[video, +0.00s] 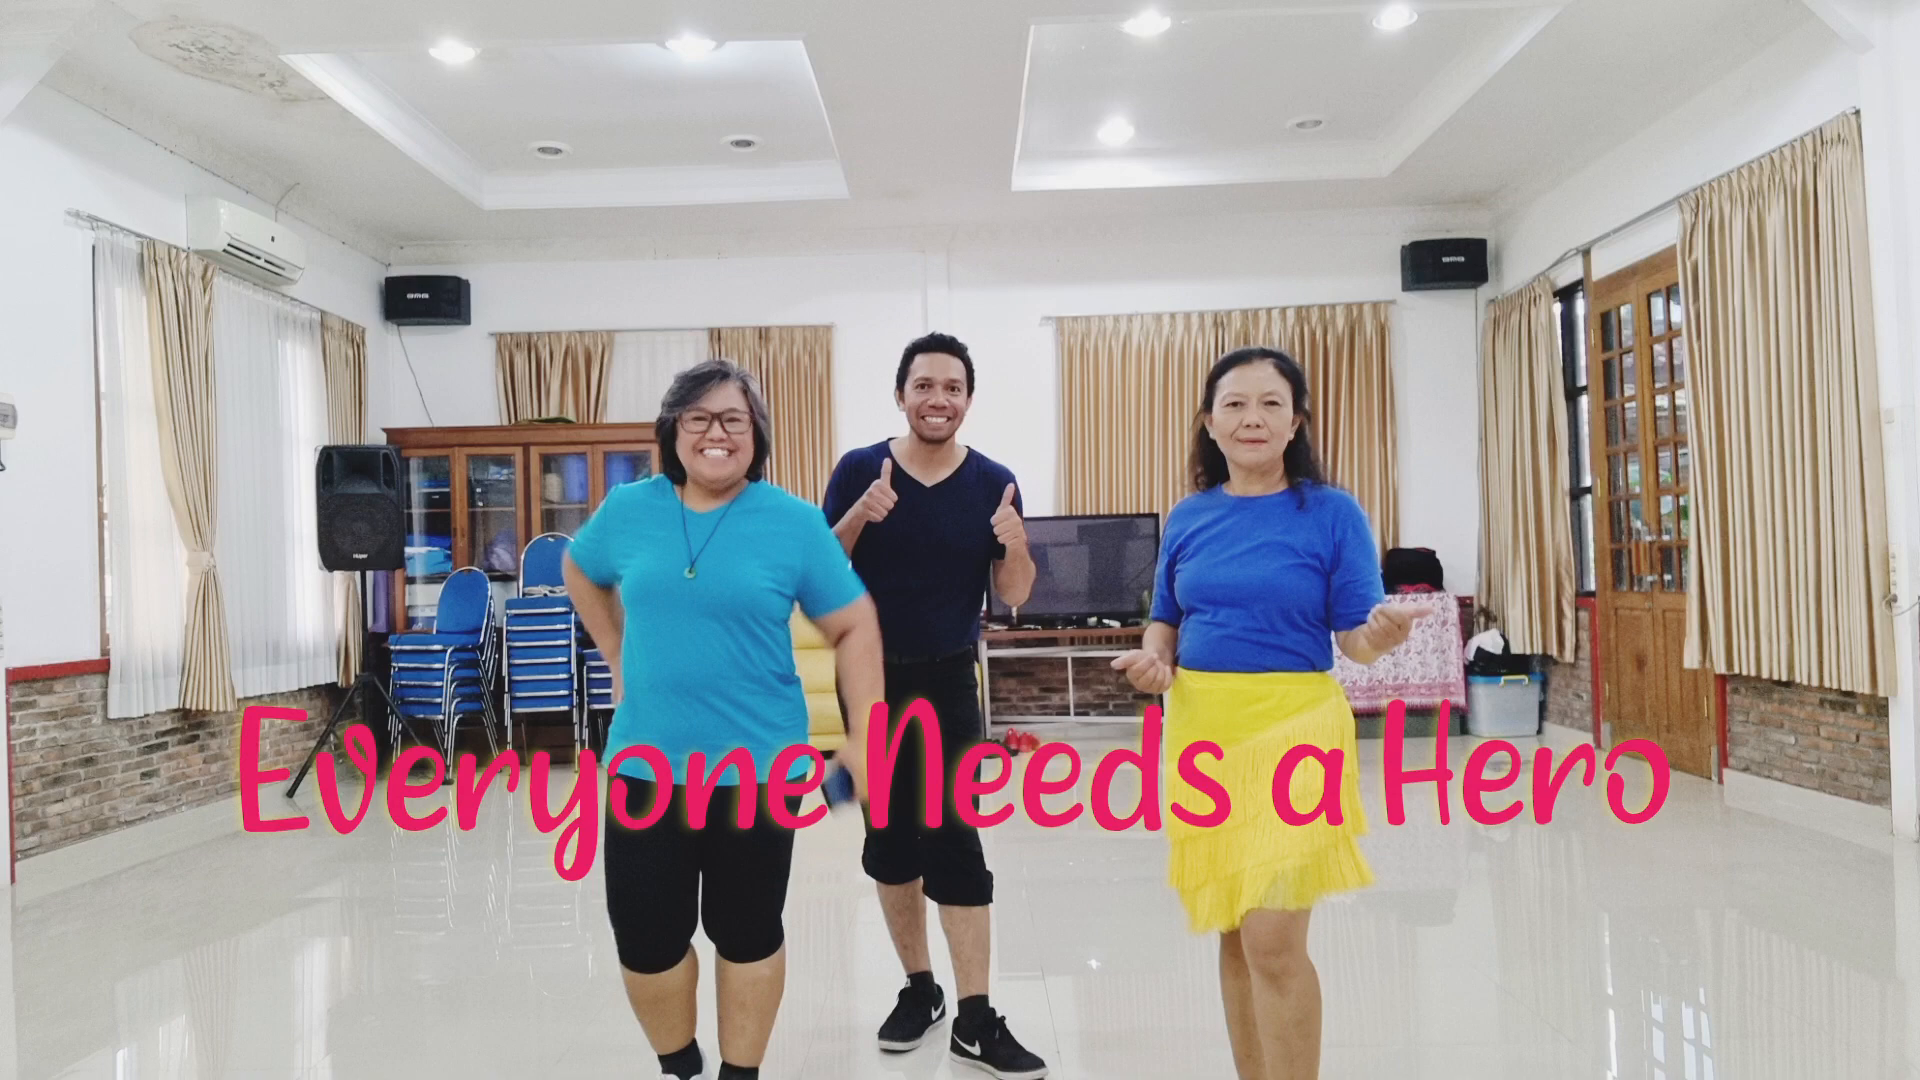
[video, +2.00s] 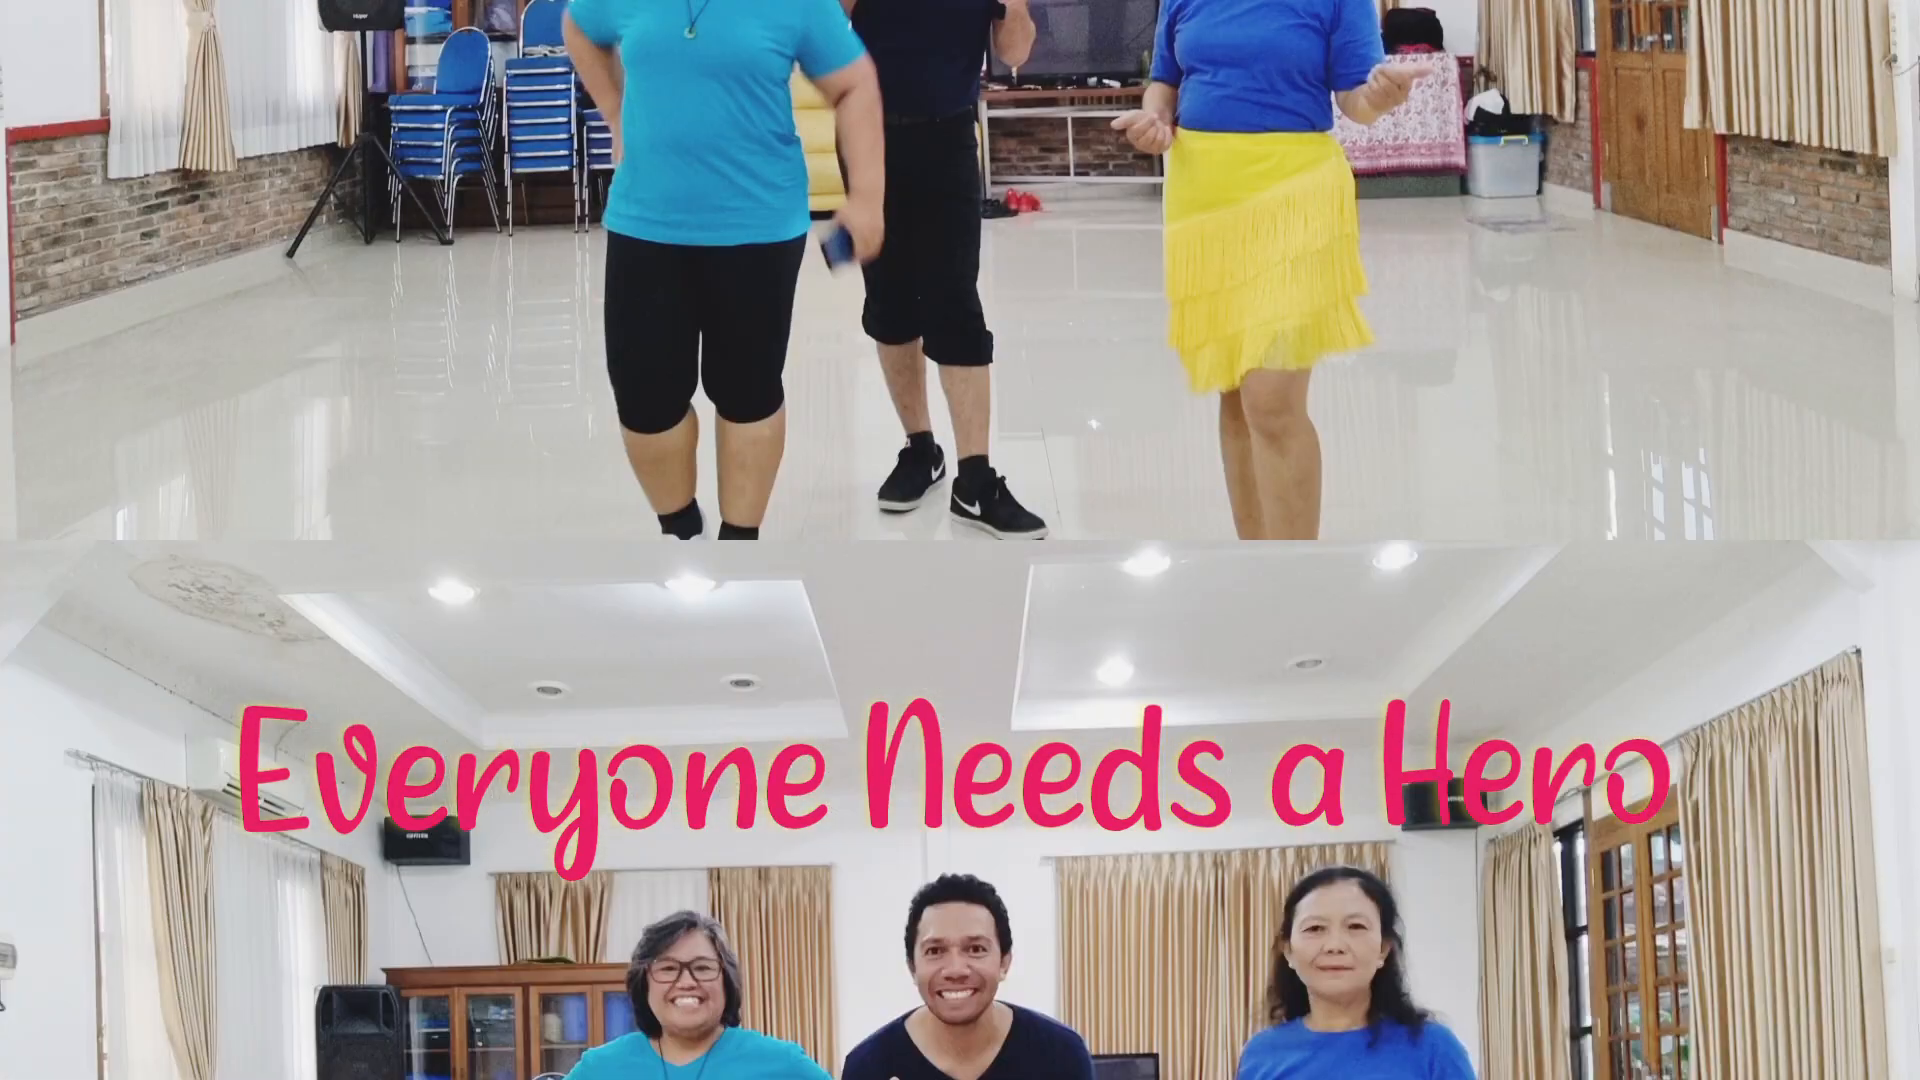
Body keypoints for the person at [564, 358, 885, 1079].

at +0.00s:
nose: (720, 432)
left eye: (736, 420)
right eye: (702, 420)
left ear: (756, 436)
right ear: (672, 434)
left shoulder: (795, 523)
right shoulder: (627, 509)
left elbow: (856, 626)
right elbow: (580, 570)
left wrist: (865, 738)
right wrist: (625, 663)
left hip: (758, 768)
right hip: (645, 764)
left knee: (746, 932)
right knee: (646, 938)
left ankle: (739, 1076)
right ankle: (680, 1069)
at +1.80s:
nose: (719, 316)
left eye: (735, 303)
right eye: (701, 303)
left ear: (756, 319)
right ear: (672, 317)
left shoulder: (795, 407)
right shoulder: (627, 393)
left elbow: (856, 509)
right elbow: (580, 453)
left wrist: (867, 622)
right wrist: (622, 544)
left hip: (758, 652)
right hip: (646, 649)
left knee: (748, 815)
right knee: (645, 819)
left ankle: (738, 973)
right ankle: (681, 961)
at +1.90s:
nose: (719, 156)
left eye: (735, 143)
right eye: (702, 143)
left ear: (756, 160)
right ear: (672, 157)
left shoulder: (795, 248)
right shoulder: (627, 233)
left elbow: (856, 349)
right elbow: (580, 293)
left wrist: (867, 462)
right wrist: (623, 384)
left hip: (757, 493)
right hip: (645, 491)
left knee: (746, 659)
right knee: (647, 666)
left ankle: (746, 811)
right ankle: (674, 808)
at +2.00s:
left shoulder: (798, 5)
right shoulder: (620, 3)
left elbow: (855, 85)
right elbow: (580, 30)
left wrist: (867, 197)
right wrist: (626, 128)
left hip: (757, 222)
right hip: (646, 220)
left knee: (746, 392)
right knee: (646, 398)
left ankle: (739, 548)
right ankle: (682, 537)